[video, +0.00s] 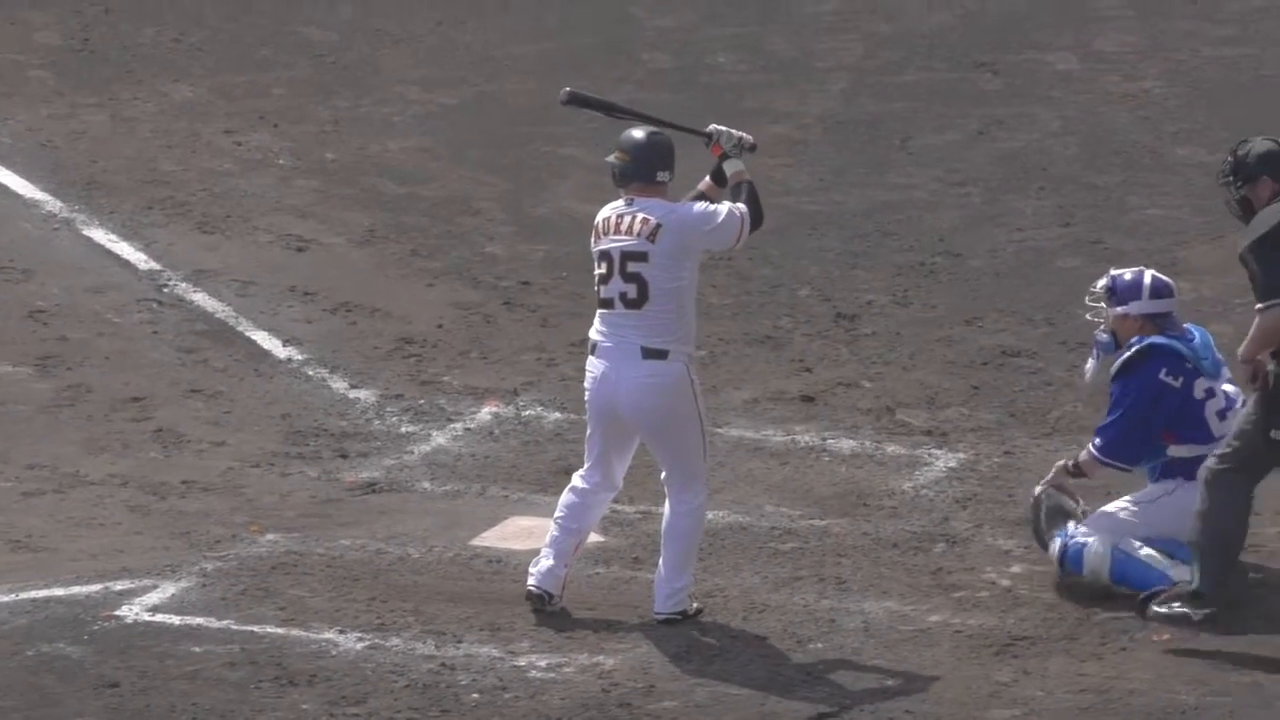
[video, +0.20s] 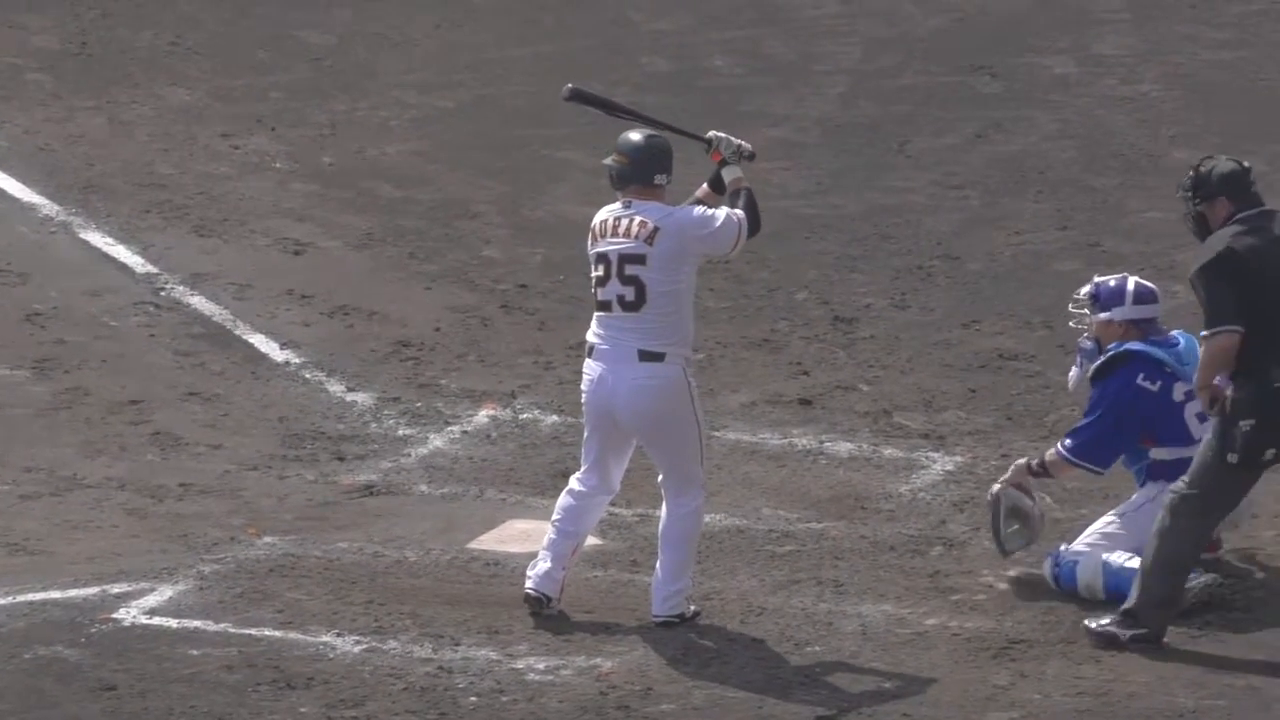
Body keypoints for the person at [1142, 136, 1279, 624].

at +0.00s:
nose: (1242, 196)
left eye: (1246, 186)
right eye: (1241, 186)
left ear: (1267, 186)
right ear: (1270, 186)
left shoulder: (1267, 233)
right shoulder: (1267, 230)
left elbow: (1270, 318)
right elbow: (1270, 317)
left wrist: (1247, 355)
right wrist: (1259, 355)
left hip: (1274, 387)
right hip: (1273, 385)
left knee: (1225, 472)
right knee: (1228, 469)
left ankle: (1210, 592)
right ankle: (1215, 583)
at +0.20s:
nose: (1196, 214)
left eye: (1199, 205)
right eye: (1196, 205)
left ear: (1220, 204)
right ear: (1246, 197)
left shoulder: (1224, 255)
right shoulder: (1274, 226)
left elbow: (1225, 337)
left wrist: (1202, 382)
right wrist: (1226, 377)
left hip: (1262, 402)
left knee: (1188, 505)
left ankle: (1142, 619)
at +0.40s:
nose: (1146, 232)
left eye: (1149, 223)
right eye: (1144, 222)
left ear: (1168, 223)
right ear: (1200, 211)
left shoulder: (1167, 276)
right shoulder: (1261, 239)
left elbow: (1159, 361)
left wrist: (1155, 398)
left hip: (1232, 406)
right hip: (1274, 395)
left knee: (1141, 500)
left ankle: (1133, 623)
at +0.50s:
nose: (1135, 238)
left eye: (1137, 228)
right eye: (1133, 228)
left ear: (1155, 227)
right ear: (1184, 215)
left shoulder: (1160, 280)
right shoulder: (1247, 238)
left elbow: (1154, 363)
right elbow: (1270, 306)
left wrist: (1148, 403)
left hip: (1227, 408)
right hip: (1272, 397)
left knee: (1137, 498)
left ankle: (1131, 622)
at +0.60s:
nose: (1137, 242)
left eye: (1140, 232)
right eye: (1135, 232)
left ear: (1159, 231)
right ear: (1187, 220)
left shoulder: (1167, 281)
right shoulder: (1248, 239)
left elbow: (1167, 364)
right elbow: (1266, 308)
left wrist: (1149, 407)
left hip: (1236, 409)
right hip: (1271, 397)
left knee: (1139, 498)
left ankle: (1131, 621)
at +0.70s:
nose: (1149, 245)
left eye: (1151, 235)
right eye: (1147, 235)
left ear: (1169, 232)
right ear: (1196, 219)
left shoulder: (1182, 277)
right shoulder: (1256, 238)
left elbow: (1189, 362)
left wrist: (1156, 415)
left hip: (1245, 409)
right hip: (1272, 397)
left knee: (1150, 495)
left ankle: (1130, 618)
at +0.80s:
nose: (1154, 241)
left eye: (1155, 232)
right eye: (1153, 231)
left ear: (1174, 231)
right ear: (1200, 218)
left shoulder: (1194, 278)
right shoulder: (1260, 236)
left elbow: (1200, 365)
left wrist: (1162, 429)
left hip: (1254, 411)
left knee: (1165, 498)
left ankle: (1127, 616)